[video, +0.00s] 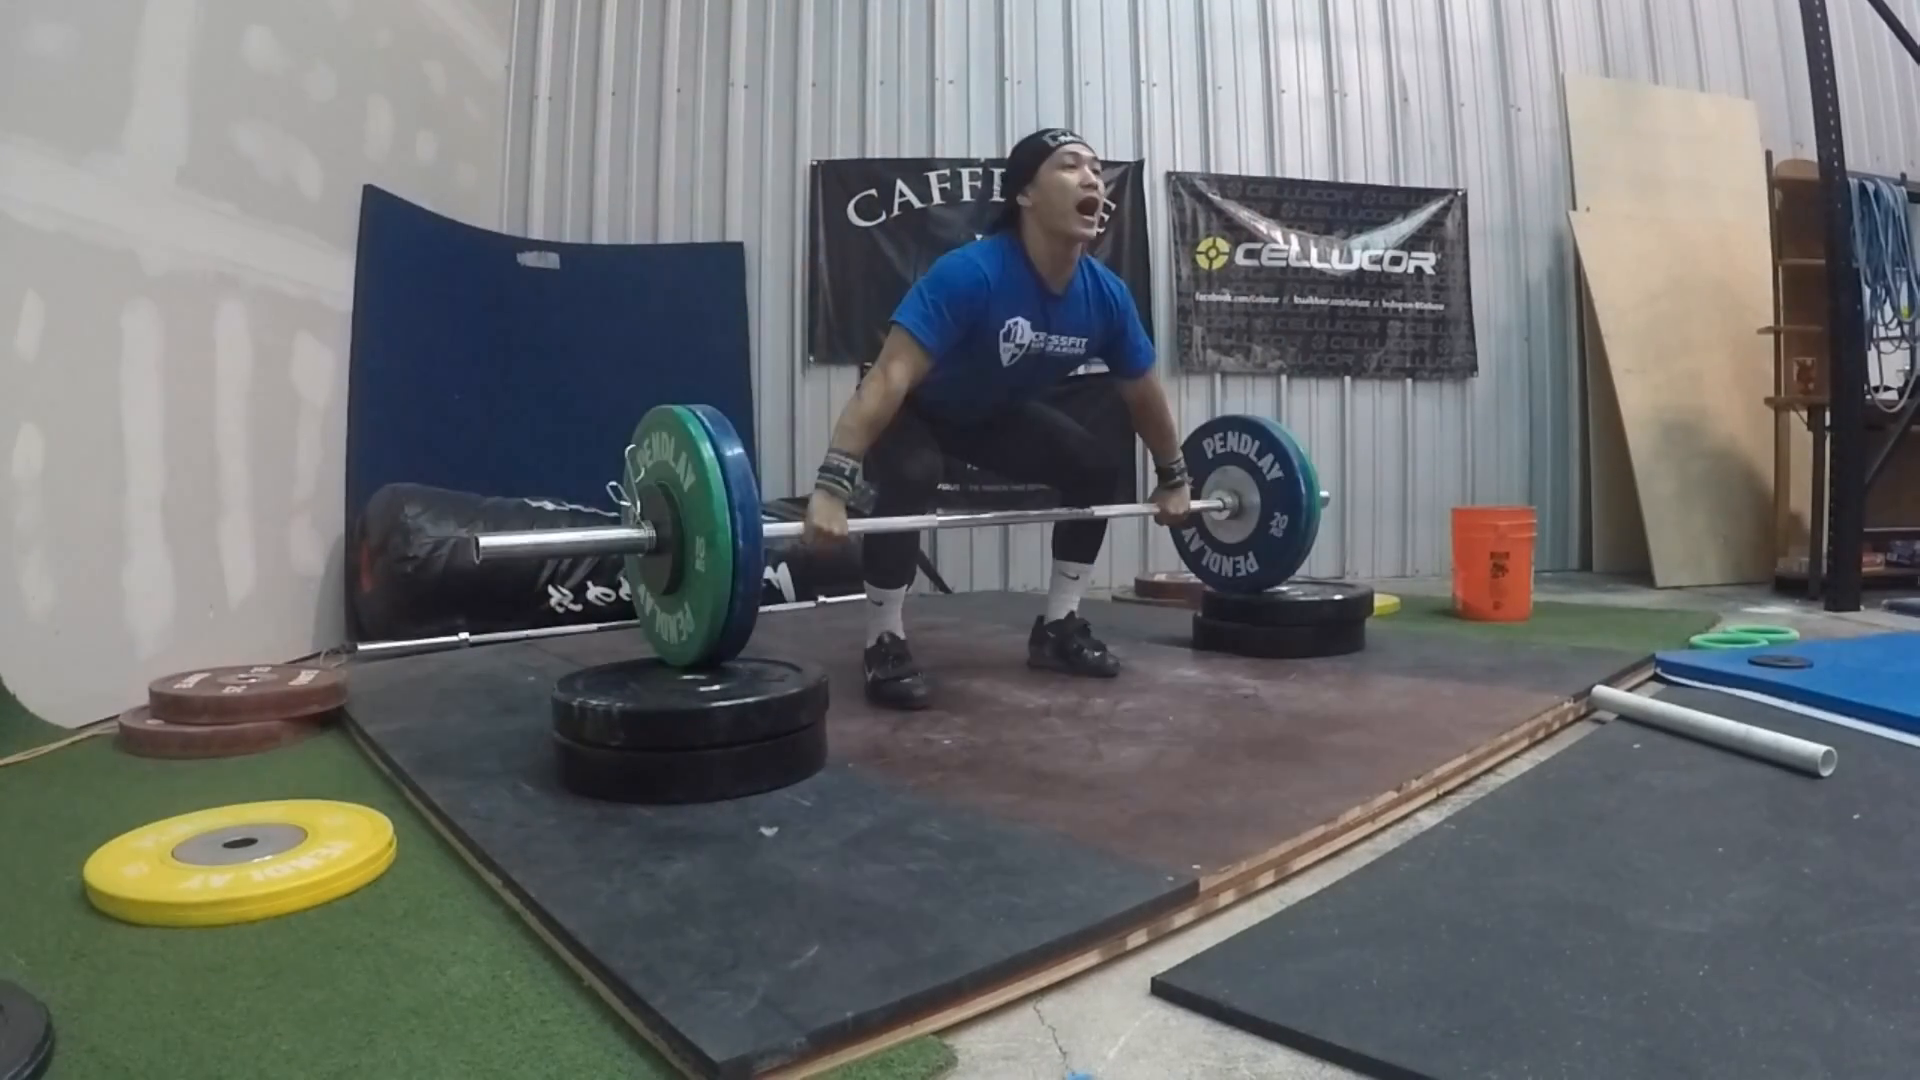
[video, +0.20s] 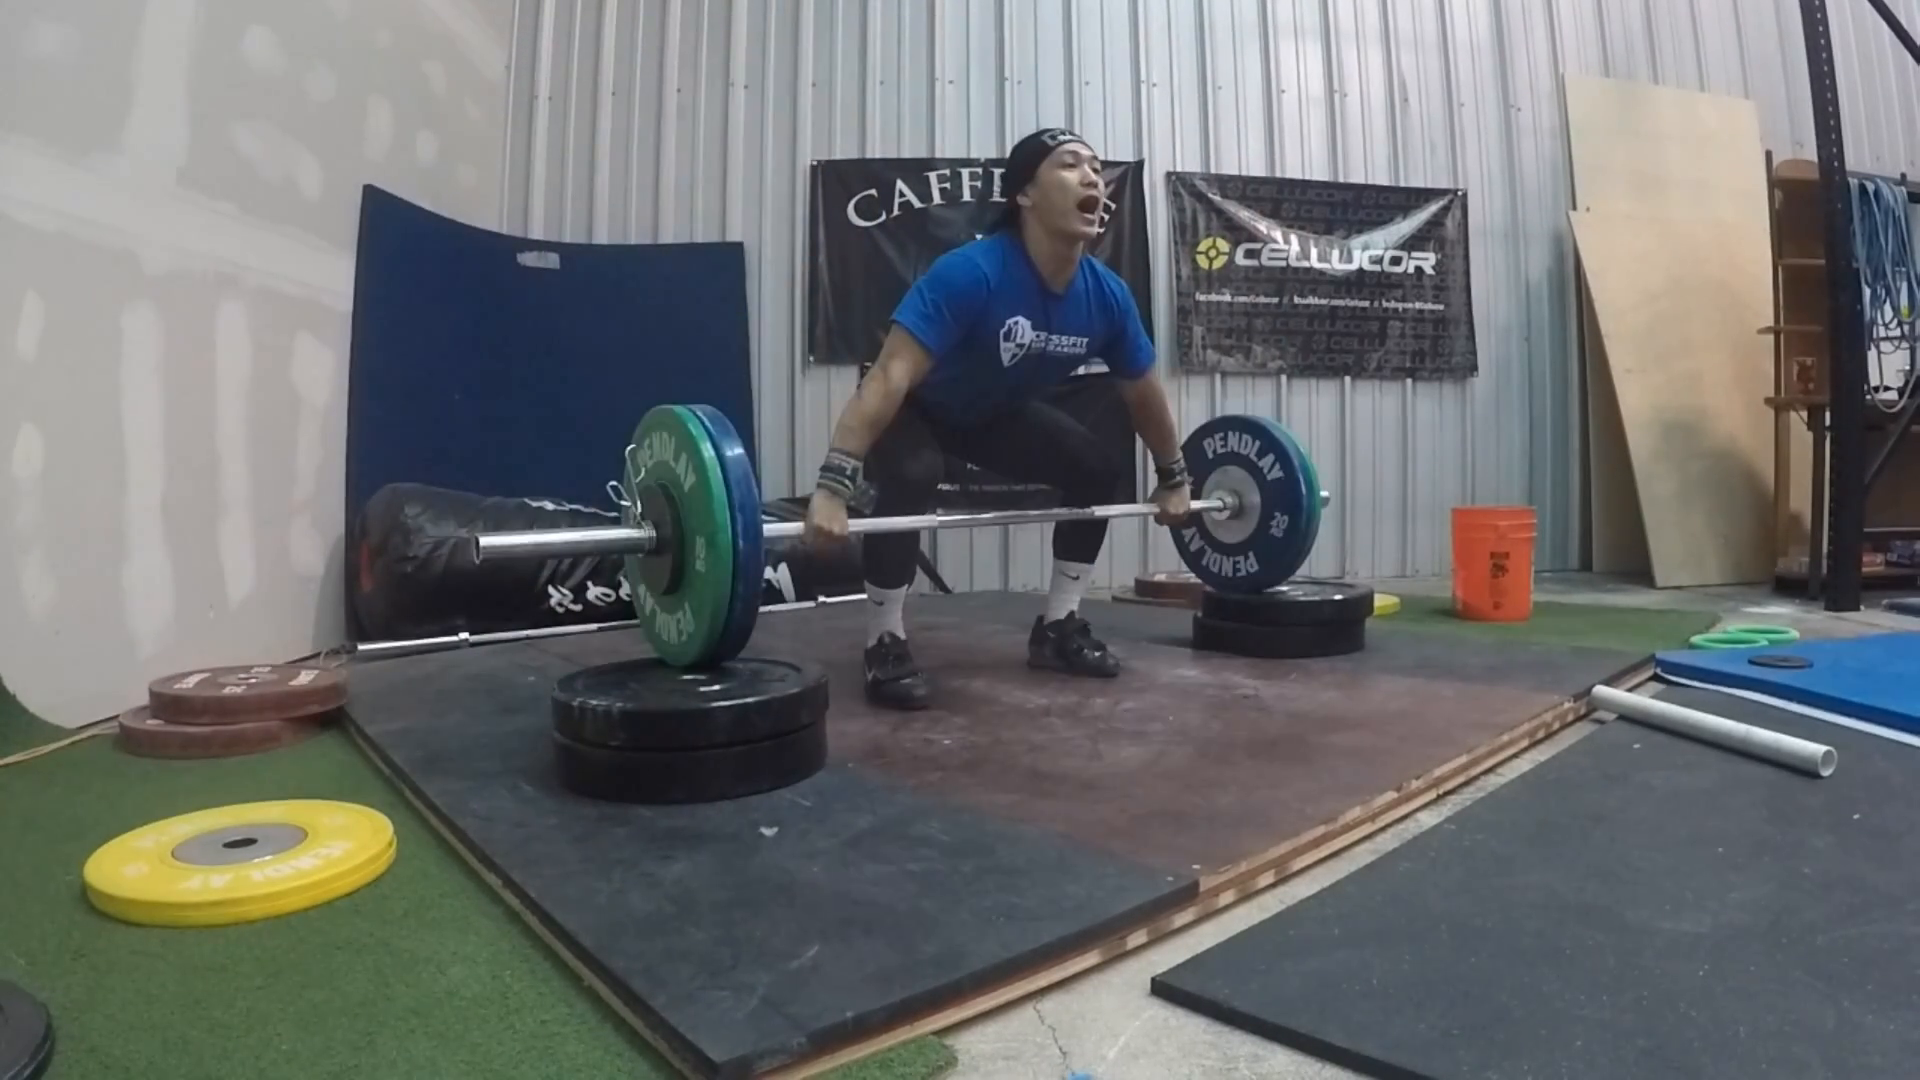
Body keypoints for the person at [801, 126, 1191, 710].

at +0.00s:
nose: (1093, 179)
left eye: (1098, 170)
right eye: (1071, 166)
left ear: (1103, 200)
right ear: (1026, 195)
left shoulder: (1108, 298)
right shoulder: (968, 274)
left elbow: (1143, 390)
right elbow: (889, 374)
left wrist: (1173, 475)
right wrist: (833, 482)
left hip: (996, 417)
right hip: (913, 414)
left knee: (1096, 465)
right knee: (911, 473)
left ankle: (1059, 625)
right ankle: (887, 642)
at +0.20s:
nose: (1094, 178)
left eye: (1098, 168)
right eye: (1071, 165)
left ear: (1104, 198)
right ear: (1025, 195)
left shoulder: (1109, 299)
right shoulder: (968, 274)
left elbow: (1143, 389)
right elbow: (889, 374)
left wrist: (1173, 475)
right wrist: (834, 482)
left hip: (996, 417)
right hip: (913, 413)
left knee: (1098, 467)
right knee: (911, 474)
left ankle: (1059, 625)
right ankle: (887, 642)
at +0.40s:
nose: (1089, 164)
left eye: (1093, 154)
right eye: (1068, 152)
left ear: (1099, 182)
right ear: (1023, 181)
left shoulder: (1095, 282)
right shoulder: (966, 260)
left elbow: (1131, 377)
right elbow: (886, 362)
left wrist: (1166, 468)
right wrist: (838, 473)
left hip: (994, 404)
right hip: (912, 401)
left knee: (1087, 467)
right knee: (909, 473)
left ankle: (1060, 626)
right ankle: (887, 640)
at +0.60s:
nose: (1080, 113)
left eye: (1083, 102)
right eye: (1060, 102)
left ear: (1091, 124)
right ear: (1016, 129)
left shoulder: (1084, 227)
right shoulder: (959, 202)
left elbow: (1124, 319)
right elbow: (868, 288)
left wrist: (1155, 411)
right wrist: (826, 398)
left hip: (978, 362)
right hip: (896, 356)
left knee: (1056, 451)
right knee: (896, 461)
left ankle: (1058, 625)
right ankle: (884, 642)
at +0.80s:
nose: (995, 20)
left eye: (997, 16)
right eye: (975, 15)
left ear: (1005, 48)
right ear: (940, 46)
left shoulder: (1039, 132)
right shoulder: (914, 113)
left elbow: (1091, 217)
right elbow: (828, 165)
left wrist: (1135, 303)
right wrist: (807, 261)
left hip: (1018, 332)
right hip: (930, 328)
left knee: (1098, 456)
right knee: (926, 454)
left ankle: (1066, 617)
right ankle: (890, 636)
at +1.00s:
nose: (882, 81)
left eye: (887, 78)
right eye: (866, 79)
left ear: (901, 99)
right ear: (841, 104)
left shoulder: (939, 151)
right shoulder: (835, 139)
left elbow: (1025, 197)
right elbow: (768, 165)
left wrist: (1112, 201)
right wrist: (783, 147)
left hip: (987, 302)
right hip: (922, 301)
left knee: (1069, 442)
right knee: (906, 446)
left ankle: (1035, 600)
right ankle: (849, 620)